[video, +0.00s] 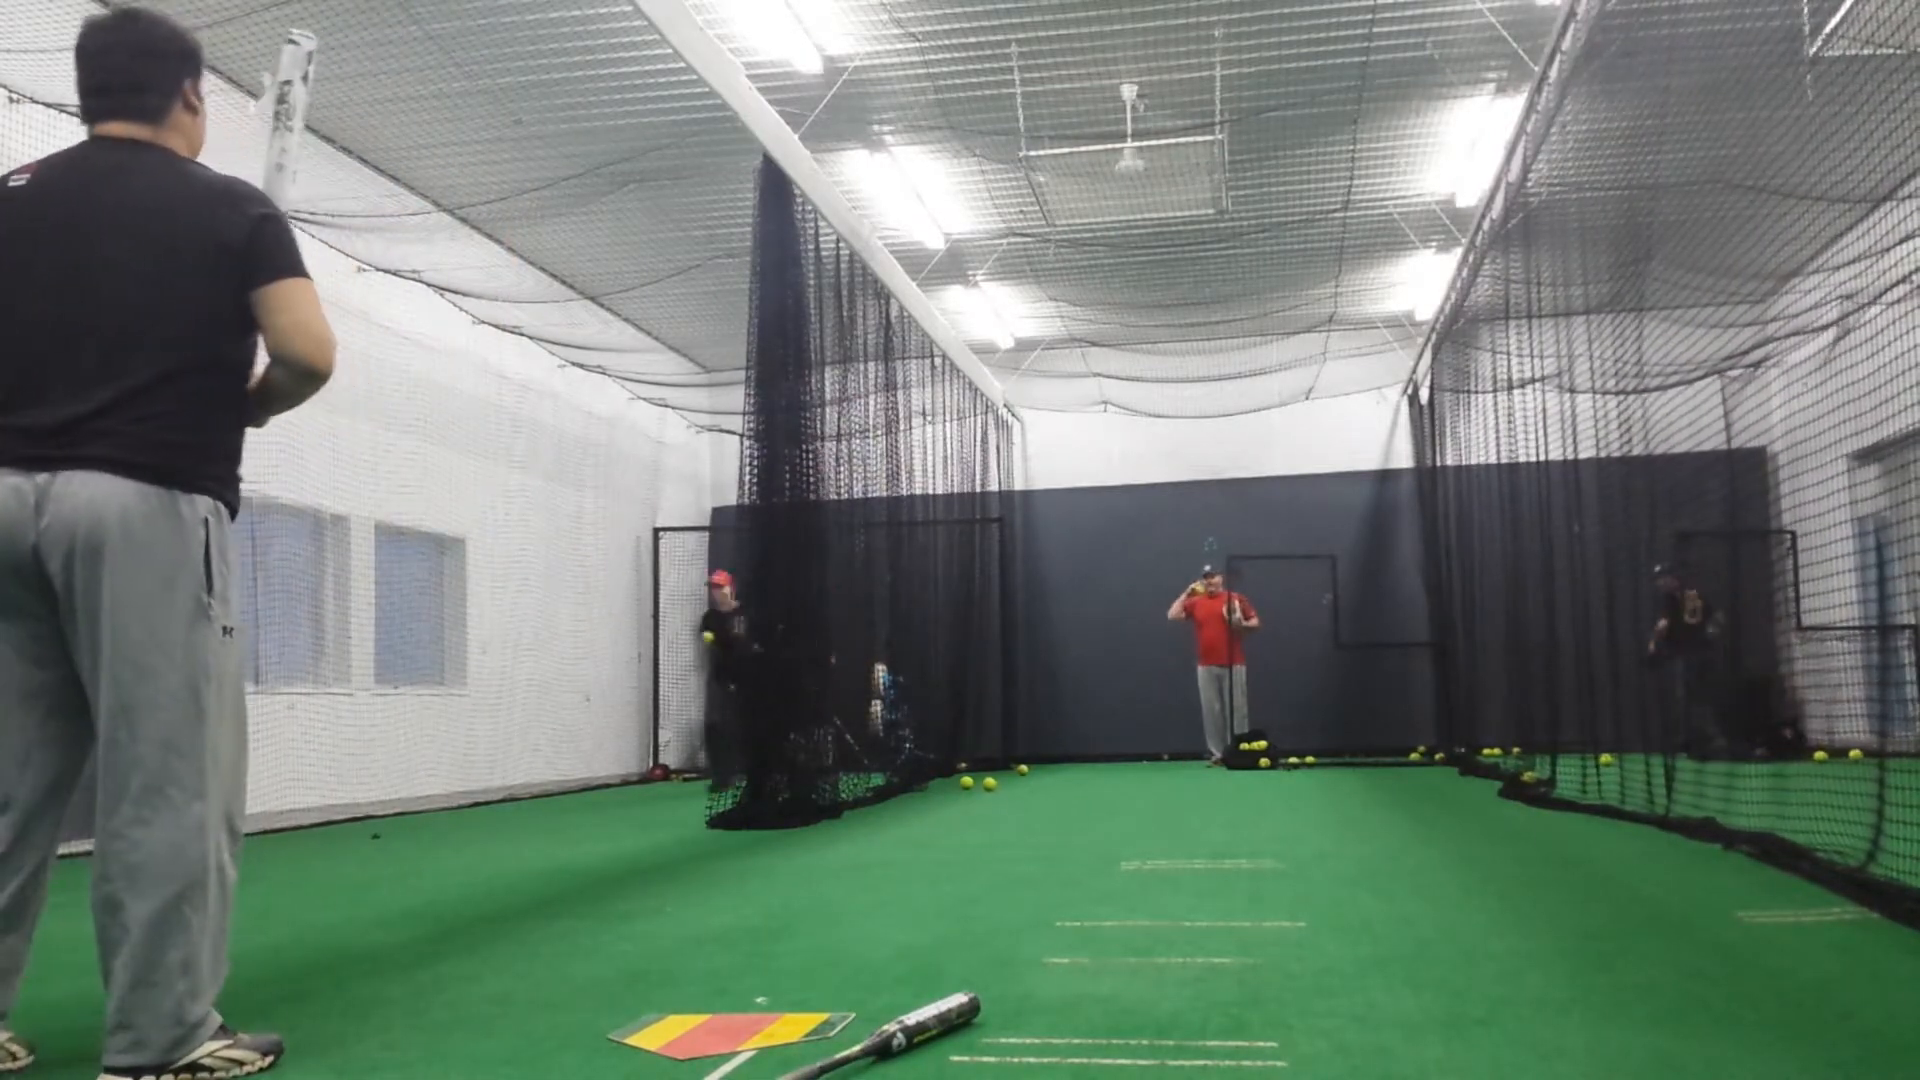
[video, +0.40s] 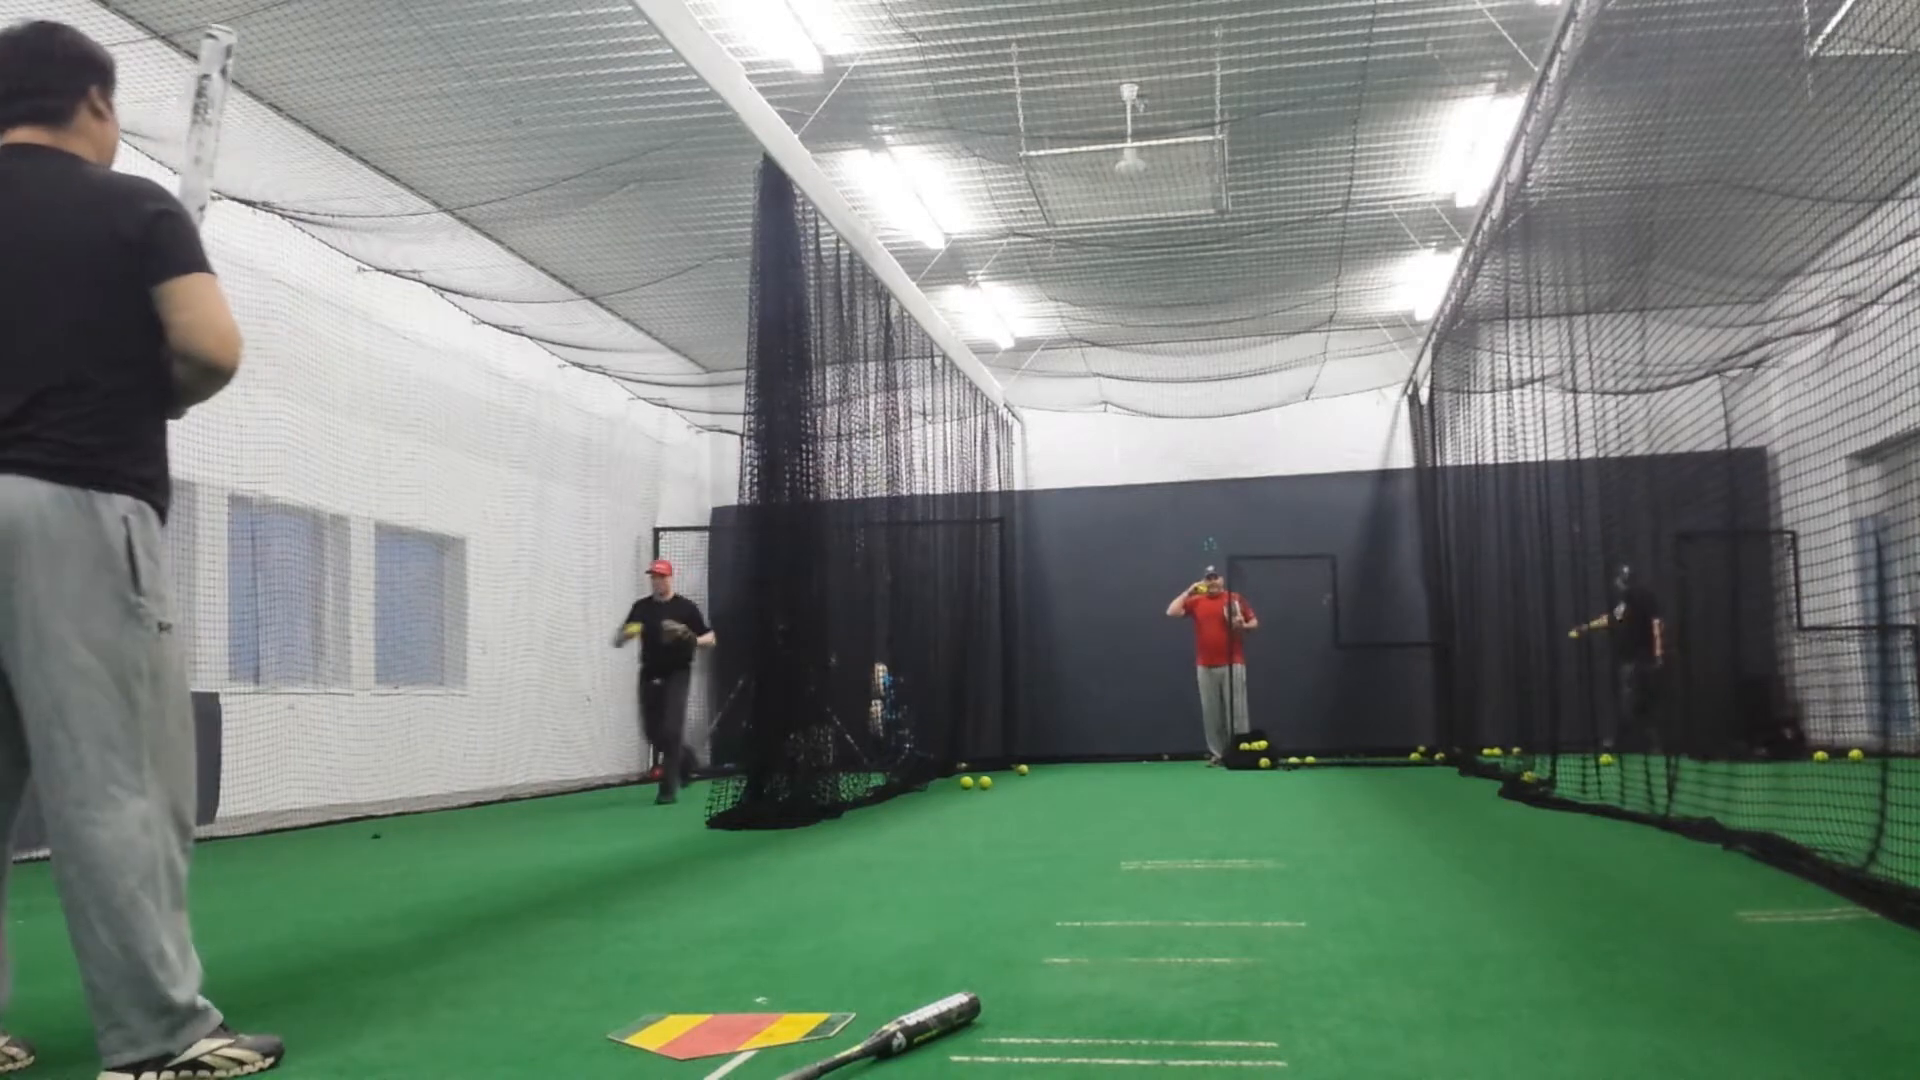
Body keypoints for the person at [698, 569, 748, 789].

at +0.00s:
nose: (715, 594)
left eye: (719, 588)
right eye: (713, 588)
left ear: (730, 589)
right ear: (710, 591)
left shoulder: (742, 614)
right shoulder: (709, 617)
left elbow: (745, 645)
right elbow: (708, 646)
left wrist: (720, 642)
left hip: (739, 677)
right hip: (717, 676)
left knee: (734, 723)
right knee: (715, 722)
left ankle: (735, 772)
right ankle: (720, 774)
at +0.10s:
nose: (689, 596)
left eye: (691, 591)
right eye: (686, 592)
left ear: (702, 589)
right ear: (685, 594)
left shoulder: (723, 611)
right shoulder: (688, 620)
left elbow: (750, 635)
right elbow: (683, 657)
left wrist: (735, 645)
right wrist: (681, 646)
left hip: (729, 679)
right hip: (702, 680)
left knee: (735, 727)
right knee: (700, 729)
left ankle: (752, 776)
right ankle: (704, 781)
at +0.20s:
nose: (672, 594)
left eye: (676, 589)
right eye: (669, 590)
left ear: (687, 588)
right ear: (668, 593)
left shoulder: (709, 612)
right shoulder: (671, 622)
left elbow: (738, 636)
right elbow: (666, 663)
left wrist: (724, 643)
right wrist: (666, 644)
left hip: (714, 678)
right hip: (688, 680)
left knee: (713, 726)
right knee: (684, 730)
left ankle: (722, 774)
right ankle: (704, 780)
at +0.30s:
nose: (665, 585)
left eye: (668, 579)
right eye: (661, 580)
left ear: (679, 579)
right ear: (658, 584)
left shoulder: (699, 606)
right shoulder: (655, 612)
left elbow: (723, 631)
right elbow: (647, 650)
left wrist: (709, 638)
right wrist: (652, 631)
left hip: (699, 672)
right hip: (671, 674)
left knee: (697, 721)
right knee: (677, 725)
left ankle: (699, 776)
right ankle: (692, 773)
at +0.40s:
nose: (658, 582)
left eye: (662, 578)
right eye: (654, 578)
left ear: (671, 579)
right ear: (650, 580)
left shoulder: (686, 608)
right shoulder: (642, 607)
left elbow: (711, 639)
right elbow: (618, 641)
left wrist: (691, 638)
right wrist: (628, 633)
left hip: (676, 675)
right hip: (650, 674)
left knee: (671, 730)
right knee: (652, 731)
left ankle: (668, 789)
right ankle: (686, 757)